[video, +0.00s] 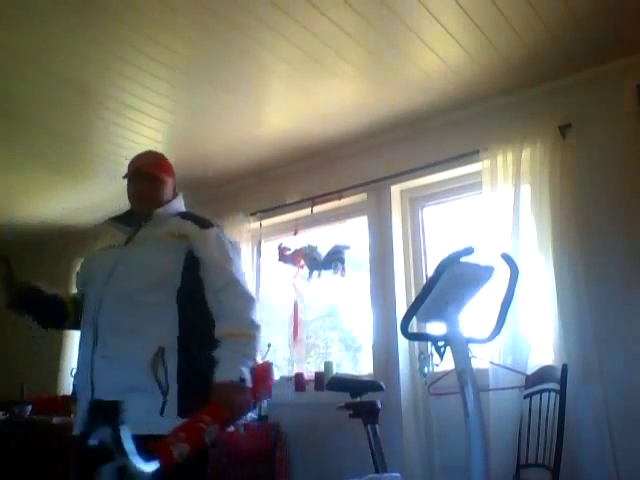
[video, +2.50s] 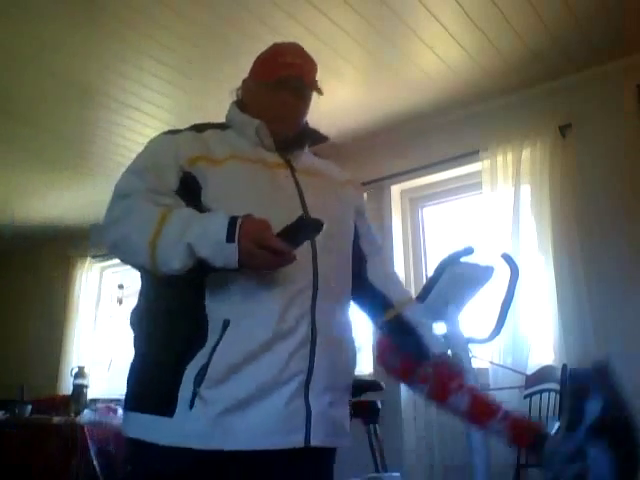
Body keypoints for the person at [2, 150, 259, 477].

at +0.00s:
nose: (140, 187)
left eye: (151, 178)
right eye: (134, 179)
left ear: (173, 186)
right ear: (126, 185)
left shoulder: (198, 235)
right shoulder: (106, 239)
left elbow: (235, 310)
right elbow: (89, 312)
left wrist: (231, 379)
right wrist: (26, 299)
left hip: (167, 411)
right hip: (97, 409)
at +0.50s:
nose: (190, 166)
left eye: (201, 160)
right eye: (182, 158)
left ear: (215, 173)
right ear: (166, 168)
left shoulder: (242, 238)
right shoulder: (117, 219)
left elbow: (268, 322)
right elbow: (70, 276)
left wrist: (285, 396)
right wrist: (109, 266)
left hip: (206, 424)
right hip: (117, 421)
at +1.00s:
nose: (155, 141)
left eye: (166, 134)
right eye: (143, 133)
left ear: (181, 149)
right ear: (125, 145)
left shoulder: (218, 223)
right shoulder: (71, 218)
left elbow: (250, 314)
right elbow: (21, 287)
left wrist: (268, 383)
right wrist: (59, 325)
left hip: (204, 435)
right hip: (107, 442)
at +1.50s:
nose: (126, 98)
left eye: (138, 93)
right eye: (112, 92)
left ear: (155, 111)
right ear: (91, 107)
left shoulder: (195, 192)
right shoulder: (31, 183)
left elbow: (233, 278)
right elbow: (1, 260)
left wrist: (278, 336)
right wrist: (17, 303)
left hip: (190, 423)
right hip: (83, 431)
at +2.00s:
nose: (233, 119)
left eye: (239, 109)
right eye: (226, 102)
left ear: (240, 117)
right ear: (195, 94)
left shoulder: (247, 199)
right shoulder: (113, 151)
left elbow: (245, 318)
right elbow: (41, 213)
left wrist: (257, 426)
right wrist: (135, 241)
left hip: (231, 442)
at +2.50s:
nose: (302, 96)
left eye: (309, 88)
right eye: (289, 84)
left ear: (314, 101)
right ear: (250, 87)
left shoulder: (339, 186)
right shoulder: (181, 152)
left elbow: (379, 288)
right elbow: (122, 223)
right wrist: (219, 238)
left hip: (308, 430)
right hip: (194, 426)